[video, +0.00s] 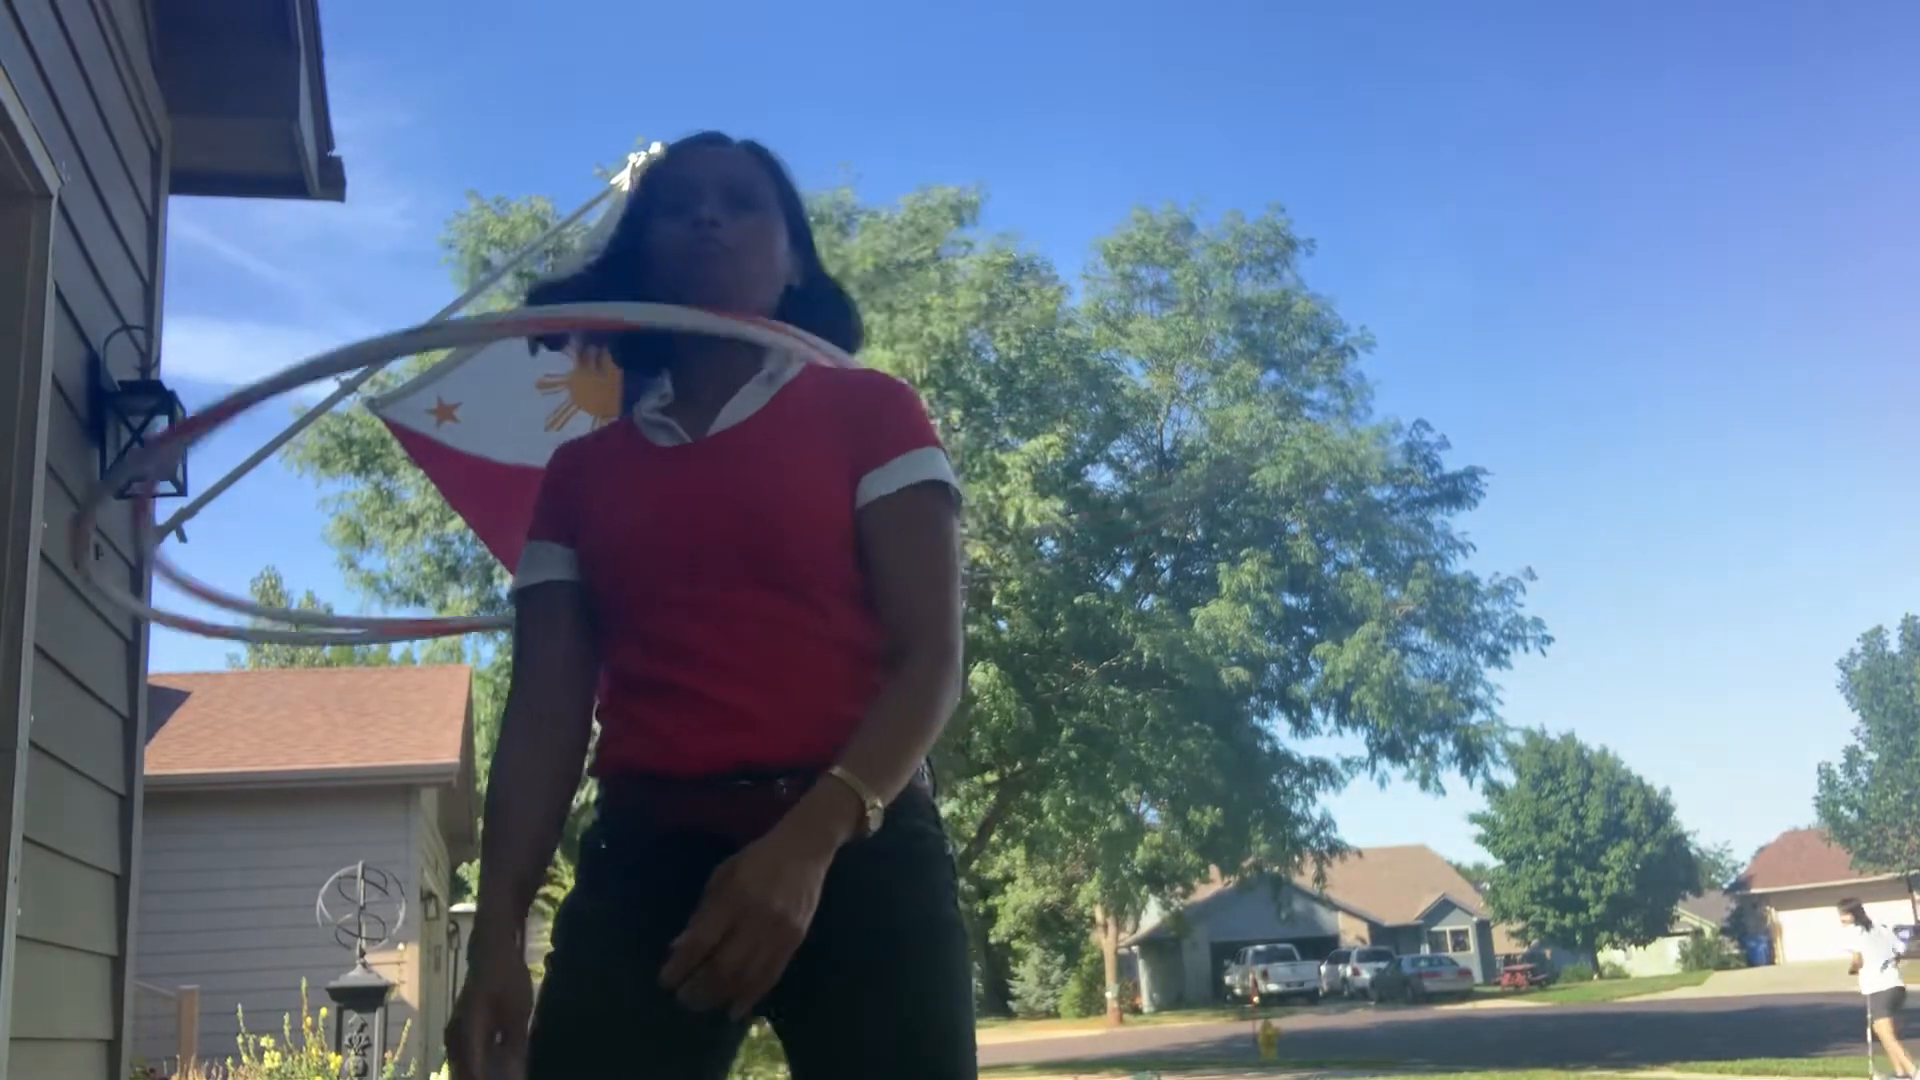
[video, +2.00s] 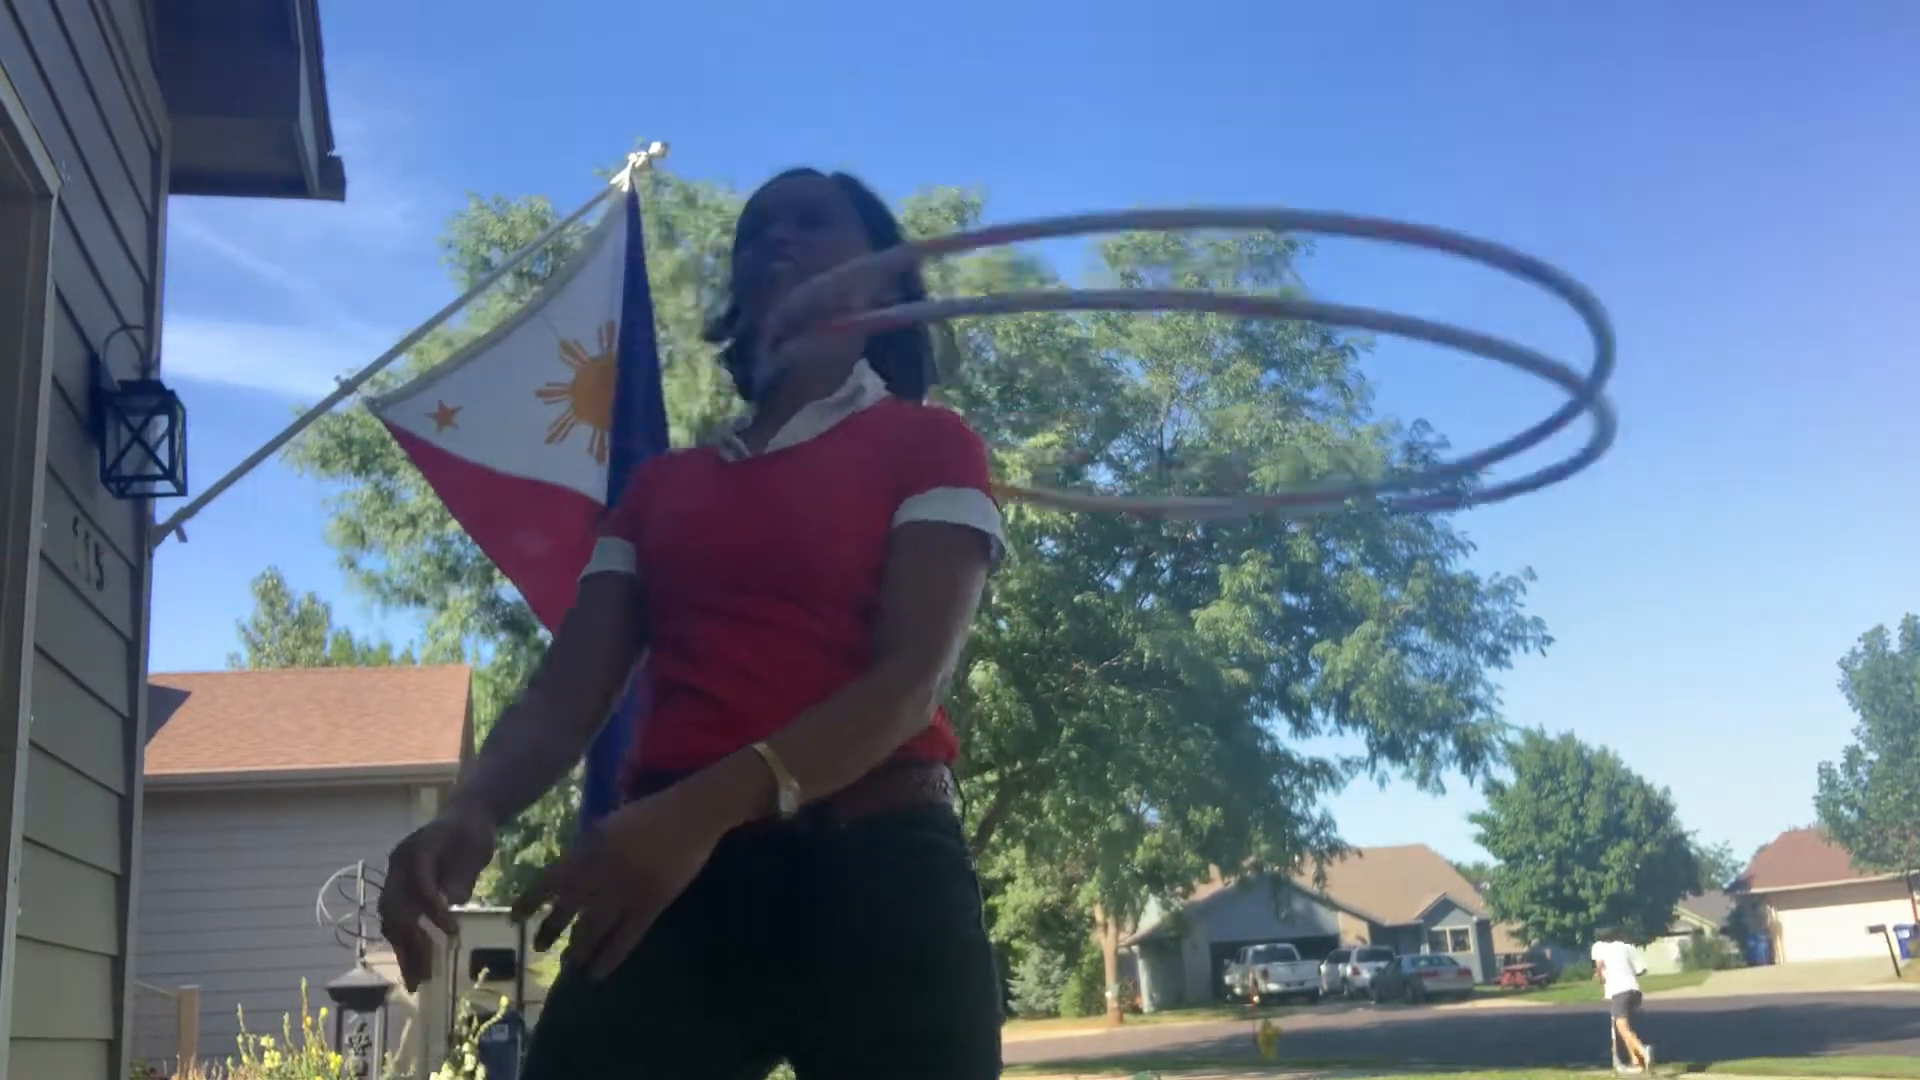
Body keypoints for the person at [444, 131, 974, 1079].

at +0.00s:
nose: (707, 218)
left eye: (742, 202)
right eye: (675, 205)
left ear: (792, 261)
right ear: (636, 262)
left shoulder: (869, 411)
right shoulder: (583, 471)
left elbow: (929, 660)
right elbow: (546, 713)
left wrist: (809, 838)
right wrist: (498, 937)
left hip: (864, 860)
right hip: (648, 866)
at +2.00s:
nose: (777, 243)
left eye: (813, 224)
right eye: (757, 239)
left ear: (891, 280)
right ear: (738, 302)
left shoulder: (927, 441)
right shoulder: (660, 485)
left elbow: (909, 679)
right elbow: (566, 692)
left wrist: (699, 809)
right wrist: (475, 809)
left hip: (877, 867)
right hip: (661, 883)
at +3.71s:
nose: (716, 209)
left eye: (755, 187)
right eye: (694, 203)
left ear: (831, 239)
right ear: (678, 262)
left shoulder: (895, 410)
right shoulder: (633, 469)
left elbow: (926, 677)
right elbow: (581, 722)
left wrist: (752, 889)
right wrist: (504, 946)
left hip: (872, 872)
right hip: (660, 879)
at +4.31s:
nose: (720, 213)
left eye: (760, 195)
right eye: (700, 213)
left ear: (837, 257)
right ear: (685, 275)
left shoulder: (866, 409)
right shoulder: (616, 465)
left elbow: (856, 686)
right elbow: (547, 712)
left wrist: (632, 869)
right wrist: (431, 915)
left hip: (834, 874)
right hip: (617, 893)